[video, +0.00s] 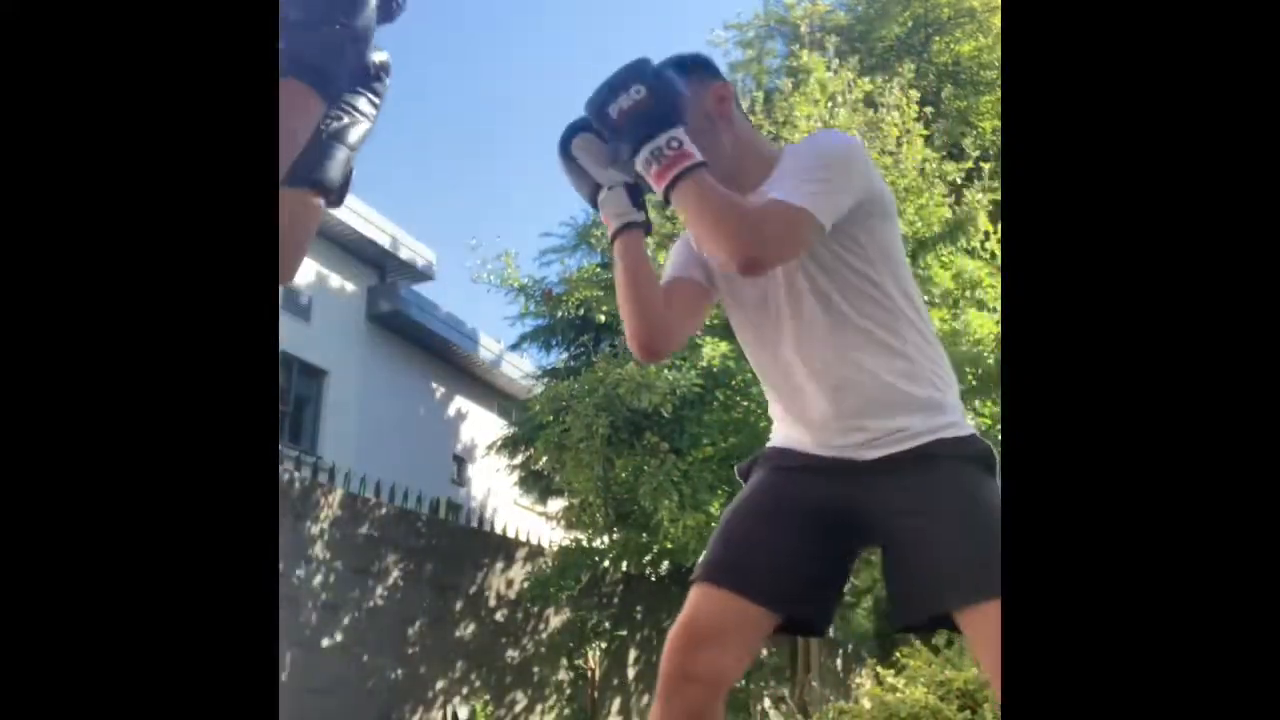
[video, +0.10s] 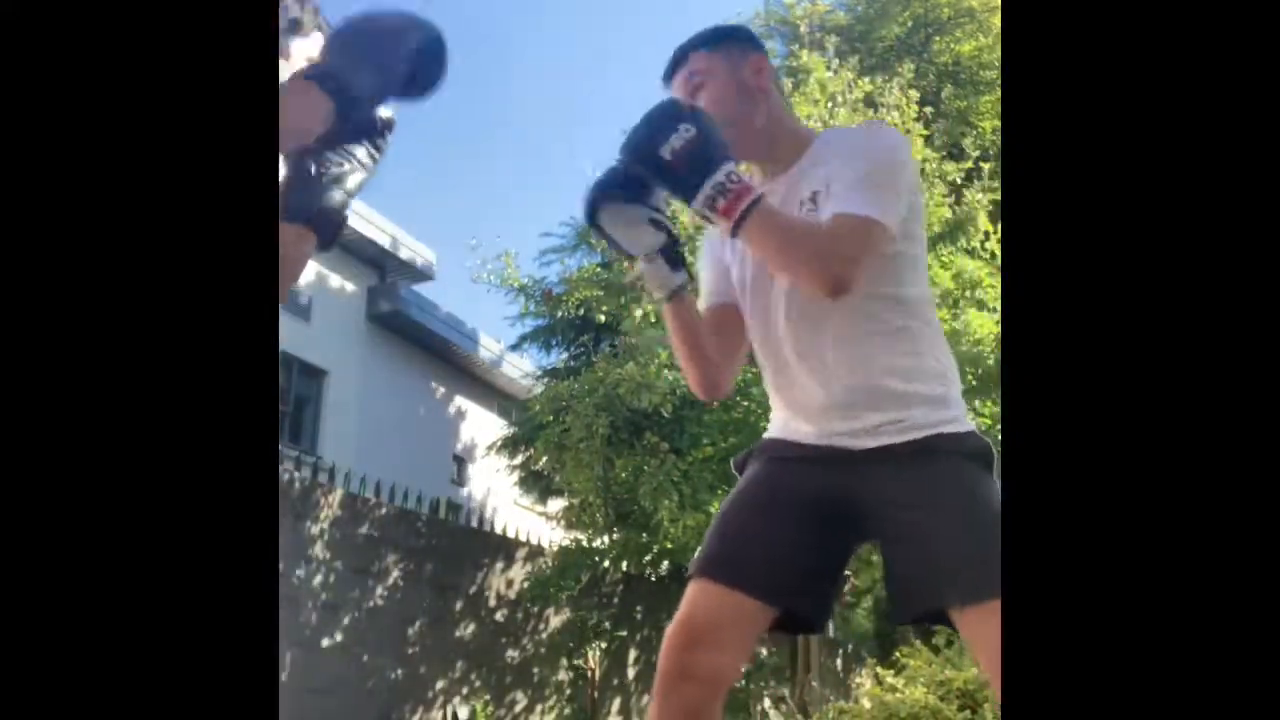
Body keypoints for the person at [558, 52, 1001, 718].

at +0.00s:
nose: (669, 141)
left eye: (677, 118)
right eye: (660, 133)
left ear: (723, 98)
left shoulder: (832, 155)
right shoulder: (703, 236)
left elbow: (748, 244)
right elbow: (650, 339)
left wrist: (657, 149)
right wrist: (618, 207)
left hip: (928, 452)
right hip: (801, 464)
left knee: (1001, 665)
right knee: (692, 663)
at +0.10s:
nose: (687, 110)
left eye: (697, 84)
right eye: (679, 101)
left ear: (758, 71)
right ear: (682, 125)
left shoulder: (870, 146)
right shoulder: (729, 228)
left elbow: (833, 270)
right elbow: (710, 378)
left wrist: (717, 188)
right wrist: (666, 279)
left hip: (925, 442)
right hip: (799, 451)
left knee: (1003, 666)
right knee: (690, 661)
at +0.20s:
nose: (755, 92)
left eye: (766, 65)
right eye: (748, 85)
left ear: (829, 49)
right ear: (755, 103)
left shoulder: (934, 148)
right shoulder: (773, 208)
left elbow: (912, 266)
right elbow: (772, 371)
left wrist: (780, 195)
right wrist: (725, 309)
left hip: (937, 442)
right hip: (806, 443)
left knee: (1002, 659)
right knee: (697, 657)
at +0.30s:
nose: (818, 74)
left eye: (832, 46)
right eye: (810, 66)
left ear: (895, 37)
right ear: (814, 85)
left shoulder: (981, 155)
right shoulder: (814, 186)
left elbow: (950, 262)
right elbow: (814, 355)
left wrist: (825, 190)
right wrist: (768, 309)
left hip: (955, 440)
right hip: (821, 436)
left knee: (1005, 636)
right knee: (705, 639)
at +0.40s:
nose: (873, 80)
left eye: (894, 54)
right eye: (867, 70)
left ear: (961, 55)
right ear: (866, 89)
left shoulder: (996, 181)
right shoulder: (845, 184)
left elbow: (959, 286)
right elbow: (813, 349)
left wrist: (858, 195)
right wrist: (794, 324)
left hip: (959, 454)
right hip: (826, 447)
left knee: (1006, 626)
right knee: (710, 654)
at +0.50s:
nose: (932, 105)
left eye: (956, 82)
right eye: (925, 90)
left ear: (1007, 94)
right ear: (920, 107)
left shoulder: (1002, 217)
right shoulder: (882, 194)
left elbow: (992, 349)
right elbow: (795, 311)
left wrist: (908, 234)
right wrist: (808, 356)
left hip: (966, 472)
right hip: (834, 464)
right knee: (711, 654)